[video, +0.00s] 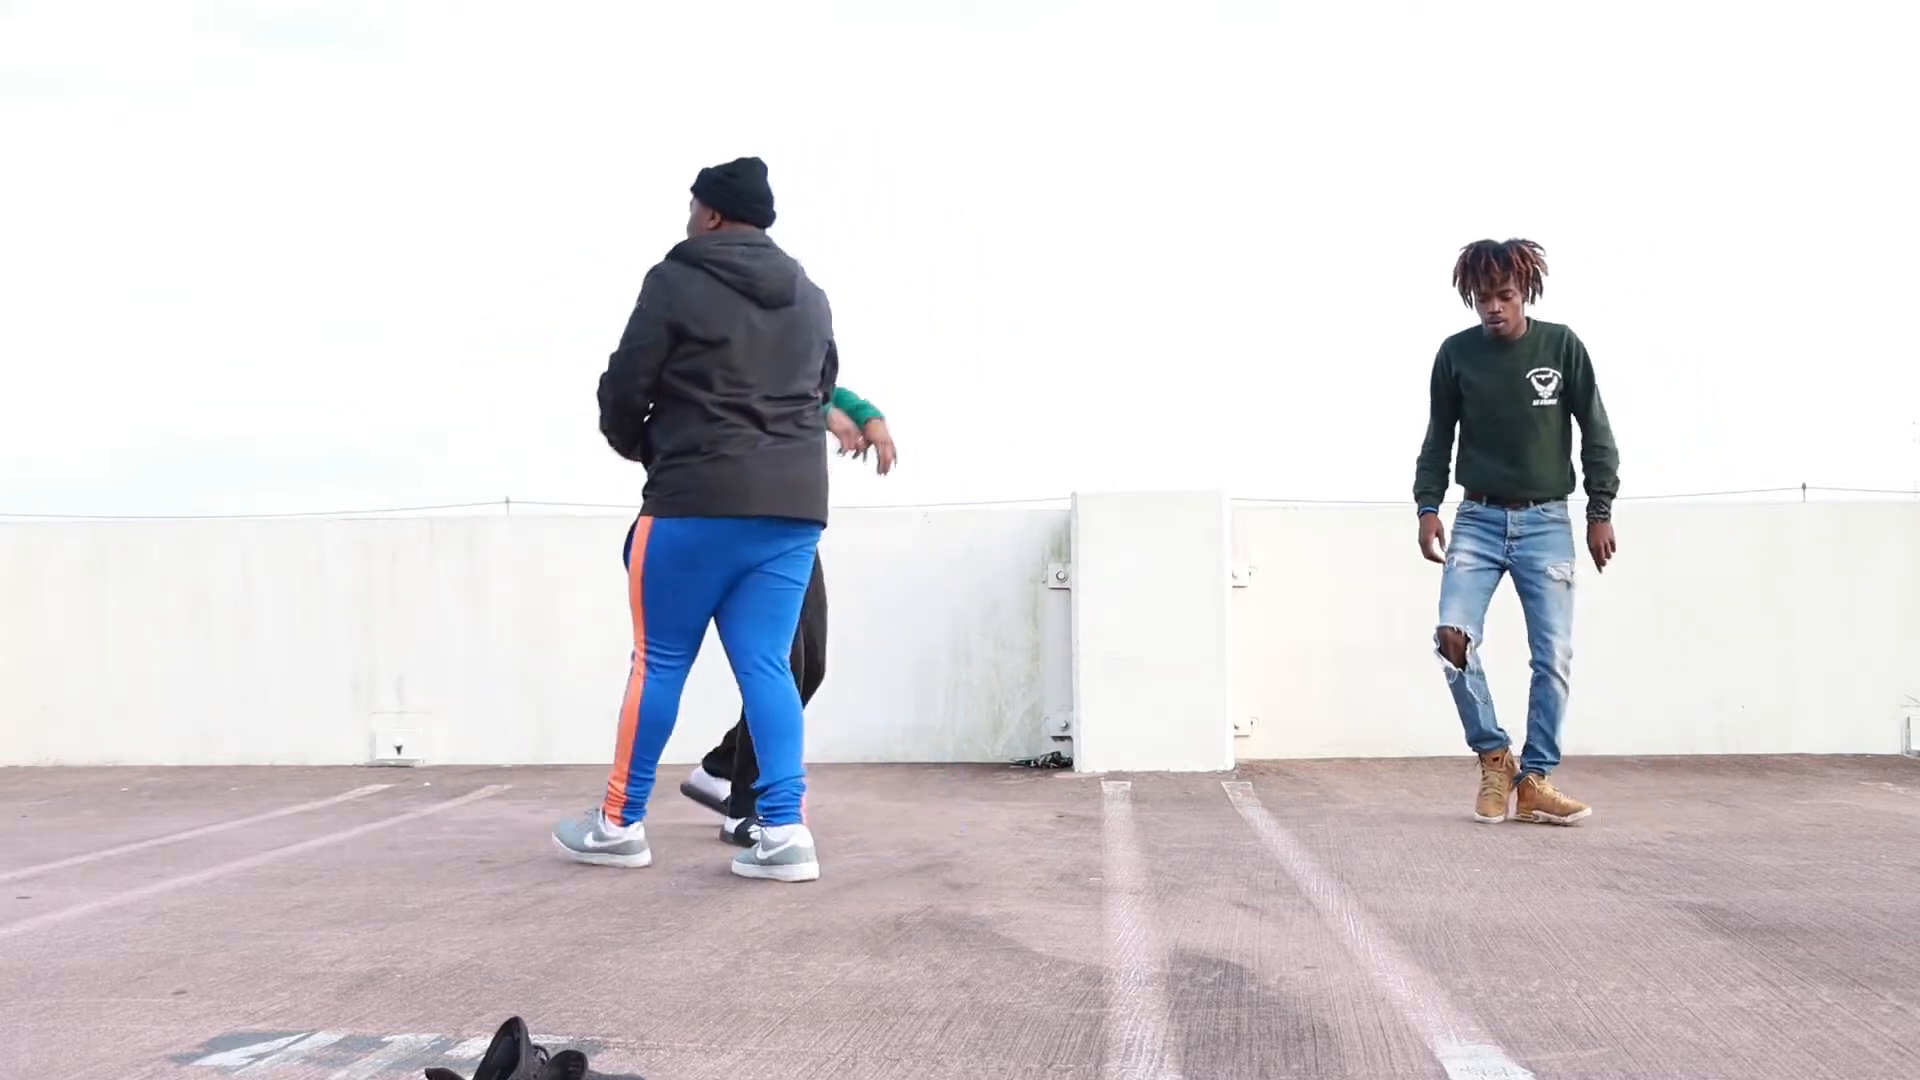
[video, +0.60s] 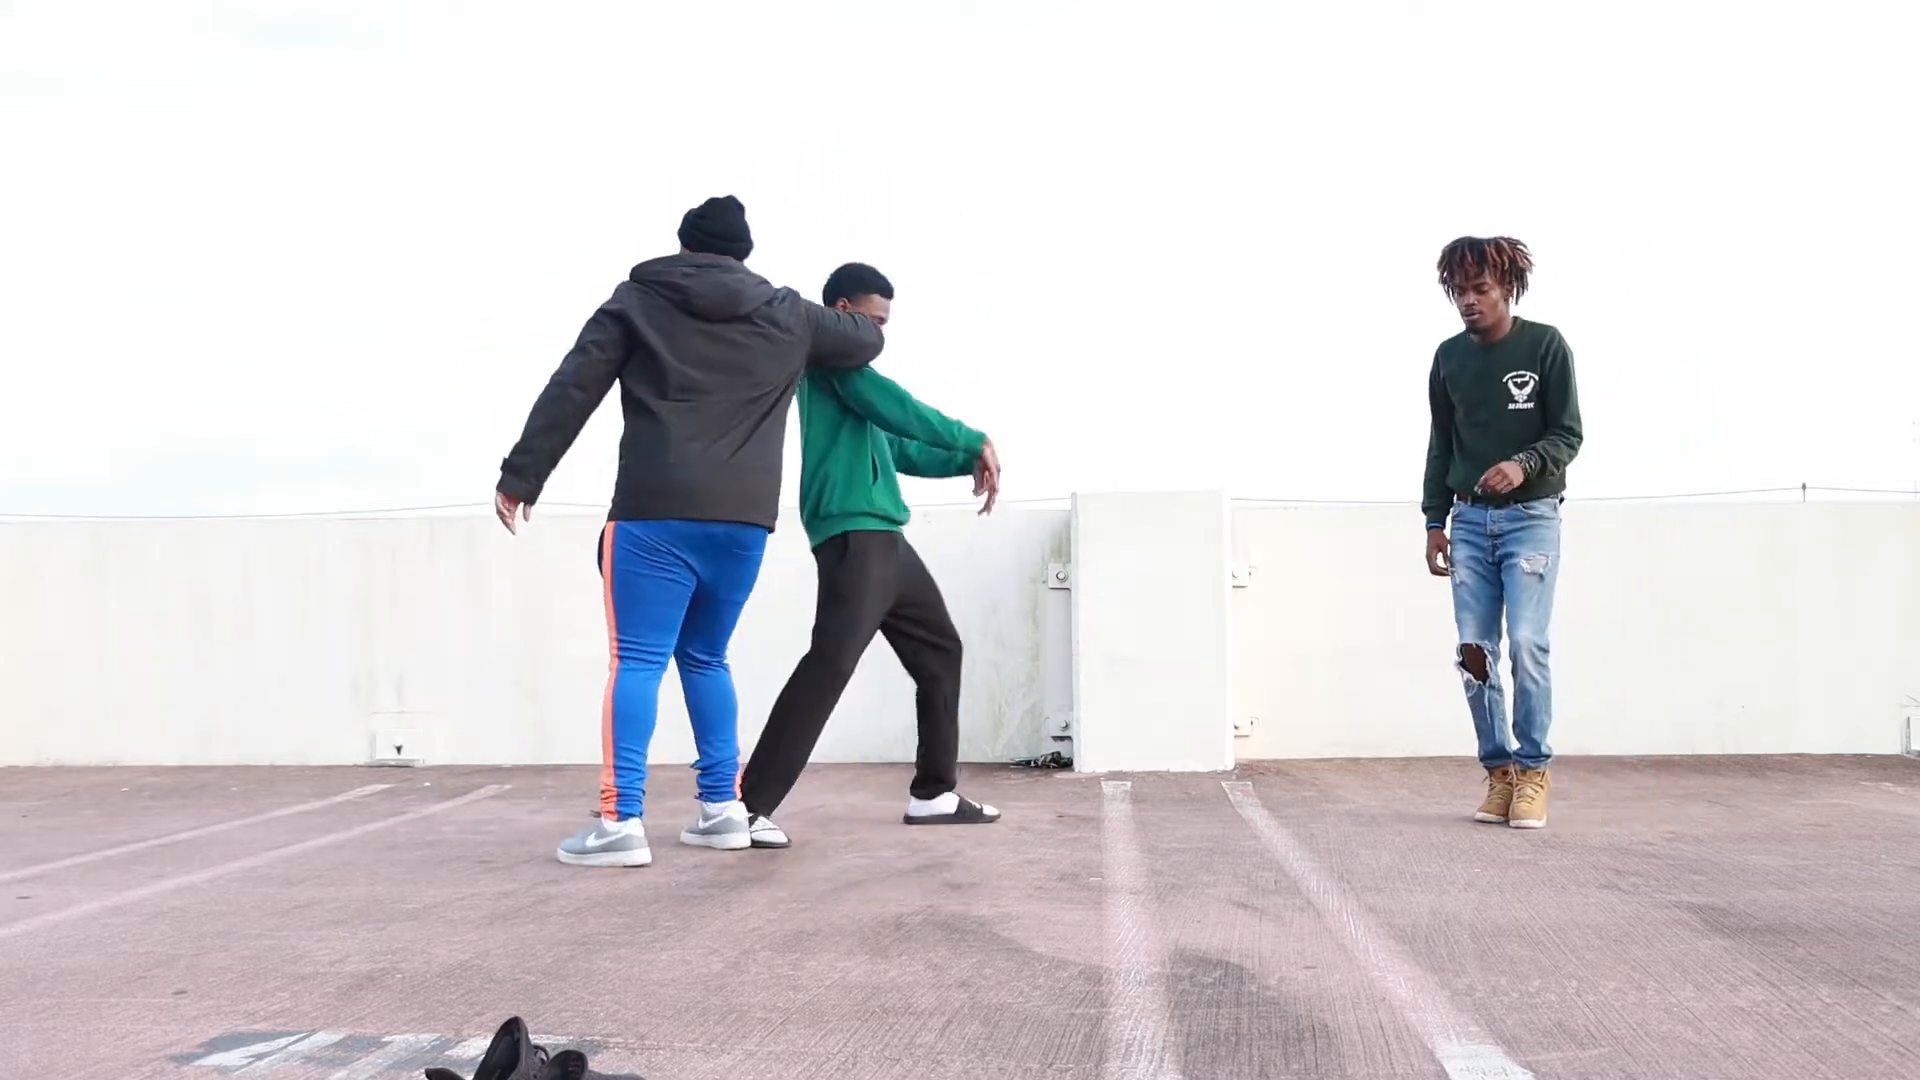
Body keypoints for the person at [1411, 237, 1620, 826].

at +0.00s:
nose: (1491, 307)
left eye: (1502, 295)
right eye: (1481, 297)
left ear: (1526, 292)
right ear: (1470, 298)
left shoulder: (1561, 345)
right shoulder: (1455, 354)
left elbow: (1596, 431)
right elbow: (1438, 437)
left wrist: (1599, 512)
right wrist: (1427, 506)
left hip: (1547, 523)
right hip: (1477, 522)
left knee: (1554, 656)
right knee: (1452, 638)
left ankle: (1534, 781)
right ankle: (1494, 759)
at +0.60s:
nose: (1467, 301)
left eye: (1478, 288)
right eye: (1459, 291)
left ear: (1509, 286)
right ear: (1451, 294)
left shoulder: (1545, 345)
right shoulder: (1449, 355)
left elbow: (1568, 434)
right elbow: (1442, 439)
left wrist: (1524, 464)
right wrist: (1434, 519)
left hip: (1530, 517)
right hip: (1467, 518)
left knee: (1525, 642)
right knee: (1475, 650)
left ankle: (1532, 772)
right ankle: (1499, 772)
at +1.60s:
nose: (1476, 313)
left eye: (1485, 299)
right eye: (1469, 302)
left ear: (1521, 289)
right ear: (1465, 298)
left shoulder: (1561, 330)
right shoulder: (1478, 362)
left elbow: (1554, 411)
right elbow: (1473, 451)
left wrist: (1488, 407)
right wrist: (1416, 446)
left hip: (1558, 515)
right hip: (1500, 517)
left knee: (1558, 655)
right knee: (1464, 648)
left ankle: (1571, 789)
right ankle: (1473, 781)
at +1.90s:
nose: (1454, 308)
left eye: (1464, 295)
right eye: (1446, 297)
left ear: (1497, 285)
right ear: (1441, 292)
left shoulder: (1533, 332)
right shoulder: (1440, 350)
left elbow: (1538, 415)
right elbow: (1417, 431)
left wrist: (1494, 414)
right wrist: (1374, 396)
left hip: (1518, 512)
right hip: (1454, 514)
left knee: (1538, 653)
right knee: (1442, 653)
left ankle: (1566, 783)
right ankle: (1448, 785)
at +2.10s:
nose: (1444, 308)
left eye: (1454, 296)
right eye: (1436, 298)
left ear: (1483, 286)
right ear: (1429, 293)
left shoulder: (1519, 336)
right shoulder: (1421, 345)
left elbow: (1534, 421)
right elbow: (1378, 400)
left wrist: (1528, 485)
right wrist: (1357, 346)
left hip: (1495, 506)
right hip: (1431, 512)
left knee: (1506, 628)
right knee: (1430, 649)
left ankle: (1534, 742)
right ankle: (1446, 782)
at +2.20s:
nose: (1441, 311)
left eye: (1451, 298)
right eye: (1433, 300)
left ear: (1481, 287)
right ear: (1426, 295)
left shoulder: (1515, 341)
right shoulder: (1419, 345)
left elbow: (1531, 432)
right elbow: (1372, 389)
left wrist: (1536, 511)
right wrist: (1354, 327)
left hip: (1488, 507)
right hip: (1424, 511)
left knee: (1499, 626)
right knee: (1424, 652)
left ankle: (1522, 738)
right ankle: (1446, 784)